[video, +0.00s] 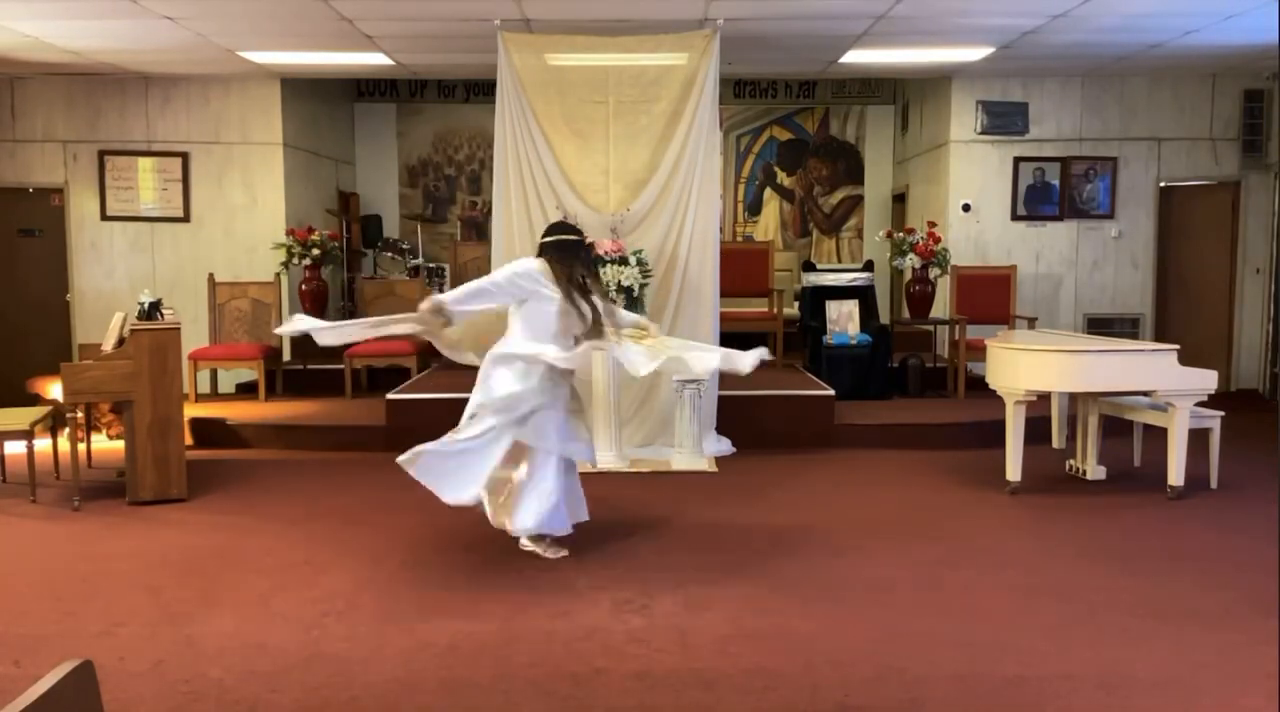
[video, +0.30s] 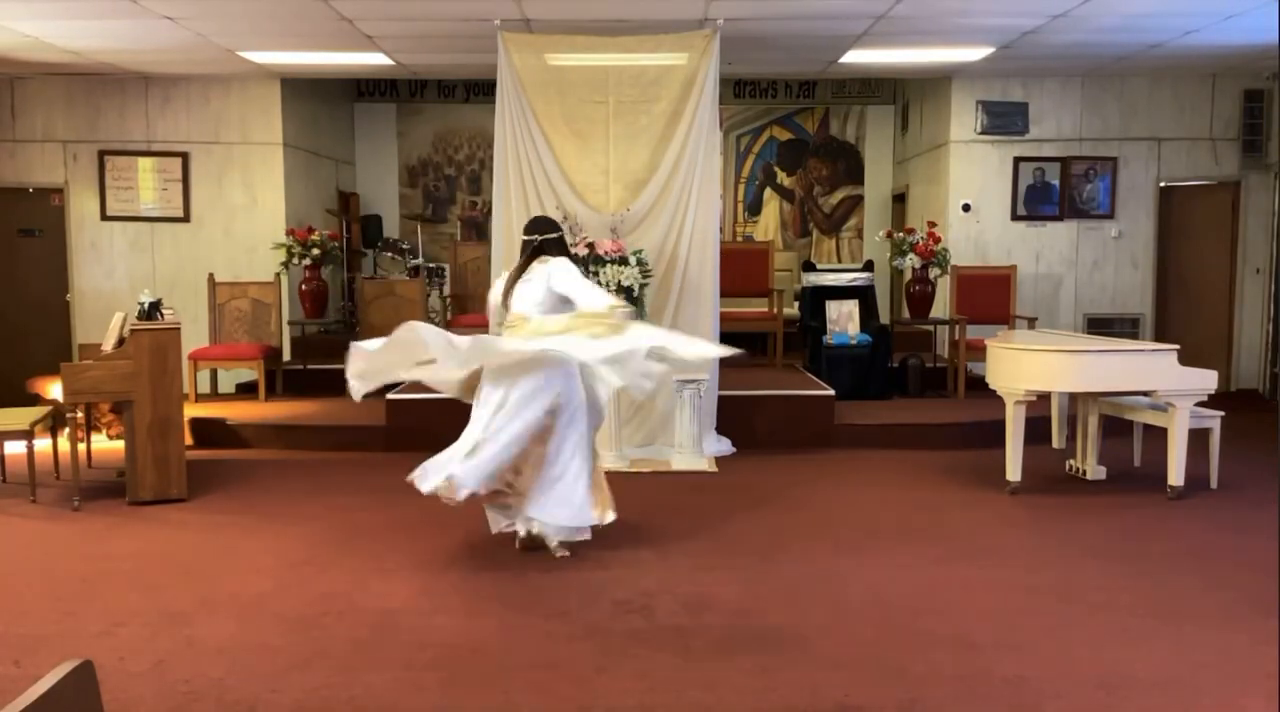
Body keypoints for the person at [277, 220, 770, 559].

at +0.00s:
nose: (586, 263)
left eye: (585, 255)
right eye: (579, 255)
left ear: (564, 256)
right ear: (562, 254)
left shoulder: (580, 294)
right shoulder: (532, 272)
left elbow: (615, 321)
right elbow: (486, 290)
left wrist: (641, 331)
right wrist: (442, 303)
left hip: (553, 378)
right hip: (517, 369)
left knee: (550, 449)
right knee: (511, 437)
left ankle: (532, 527)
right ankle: (495, 488)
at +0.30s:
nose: (568, 249)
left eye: (562, 243)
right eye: (565, 243)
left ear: (526, 245)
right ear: (557, 244)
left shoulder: (507, 280)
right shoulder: (558, 270)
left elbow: (496, 325)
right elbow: (605, 304)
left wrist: (510, 345)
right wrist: (614, 318)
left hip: (514, 374)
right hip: (556, 376)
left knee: (525, 443)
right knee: (563, 449)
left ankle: (527, 522)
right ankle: (552, 526)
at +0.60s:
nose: (526, 254)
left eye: (515, 249)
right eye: (537, 245)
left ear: (507, 251)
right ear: (547, 246)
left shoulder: (508, 284)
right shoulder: (572, 273)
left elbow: (466, 318)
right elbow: (628, 286)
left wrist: (427, 345)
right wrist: (659, 288)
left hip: (532, 378)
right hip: (577, 377)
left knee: (528, 442)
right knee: (567, 443)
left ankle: (531, 523)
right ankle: (552, 517)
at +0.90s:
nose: (523, 252)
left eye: (527, 246)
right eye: (525, 246)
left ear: (536, 248)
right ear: (556, 244)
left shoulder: (571, 283)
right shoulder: (531, 283)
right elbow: (516, 340)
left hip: (585, 379)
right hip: (553, 378)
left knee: (594, 451)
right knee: (555, 446)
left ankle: (603, 527)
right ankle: (559, 524)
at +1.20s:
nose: (573, 261)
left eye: (581, 254)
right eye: (567, 254)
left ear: (598, 255)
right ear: (560, 256)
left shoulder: (620, 285)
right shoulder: (550, 283)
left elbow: (661, 305)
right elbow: (497, 283)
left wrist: (690, 323)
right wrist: (447, 278)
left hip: (616, 377)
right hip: (569, 378)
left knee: (625, 442)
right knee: (570, 445)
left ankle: (633, 527)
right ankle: (574, 524)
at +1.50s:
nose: (611, 271)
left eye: (618, 263)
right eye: (604, 264)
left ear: (631, 267)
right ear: (594, 268)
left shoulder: (643, 304)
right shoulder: (589, 304)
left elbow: (662, 347)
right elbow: (590, 351)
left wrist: (661, 377)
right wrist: (600, 379)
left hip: (646, 398)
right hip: (603, 400)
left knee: (660, 461)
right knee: (578, 464)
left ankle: (676, 532)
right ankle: (555, 535)